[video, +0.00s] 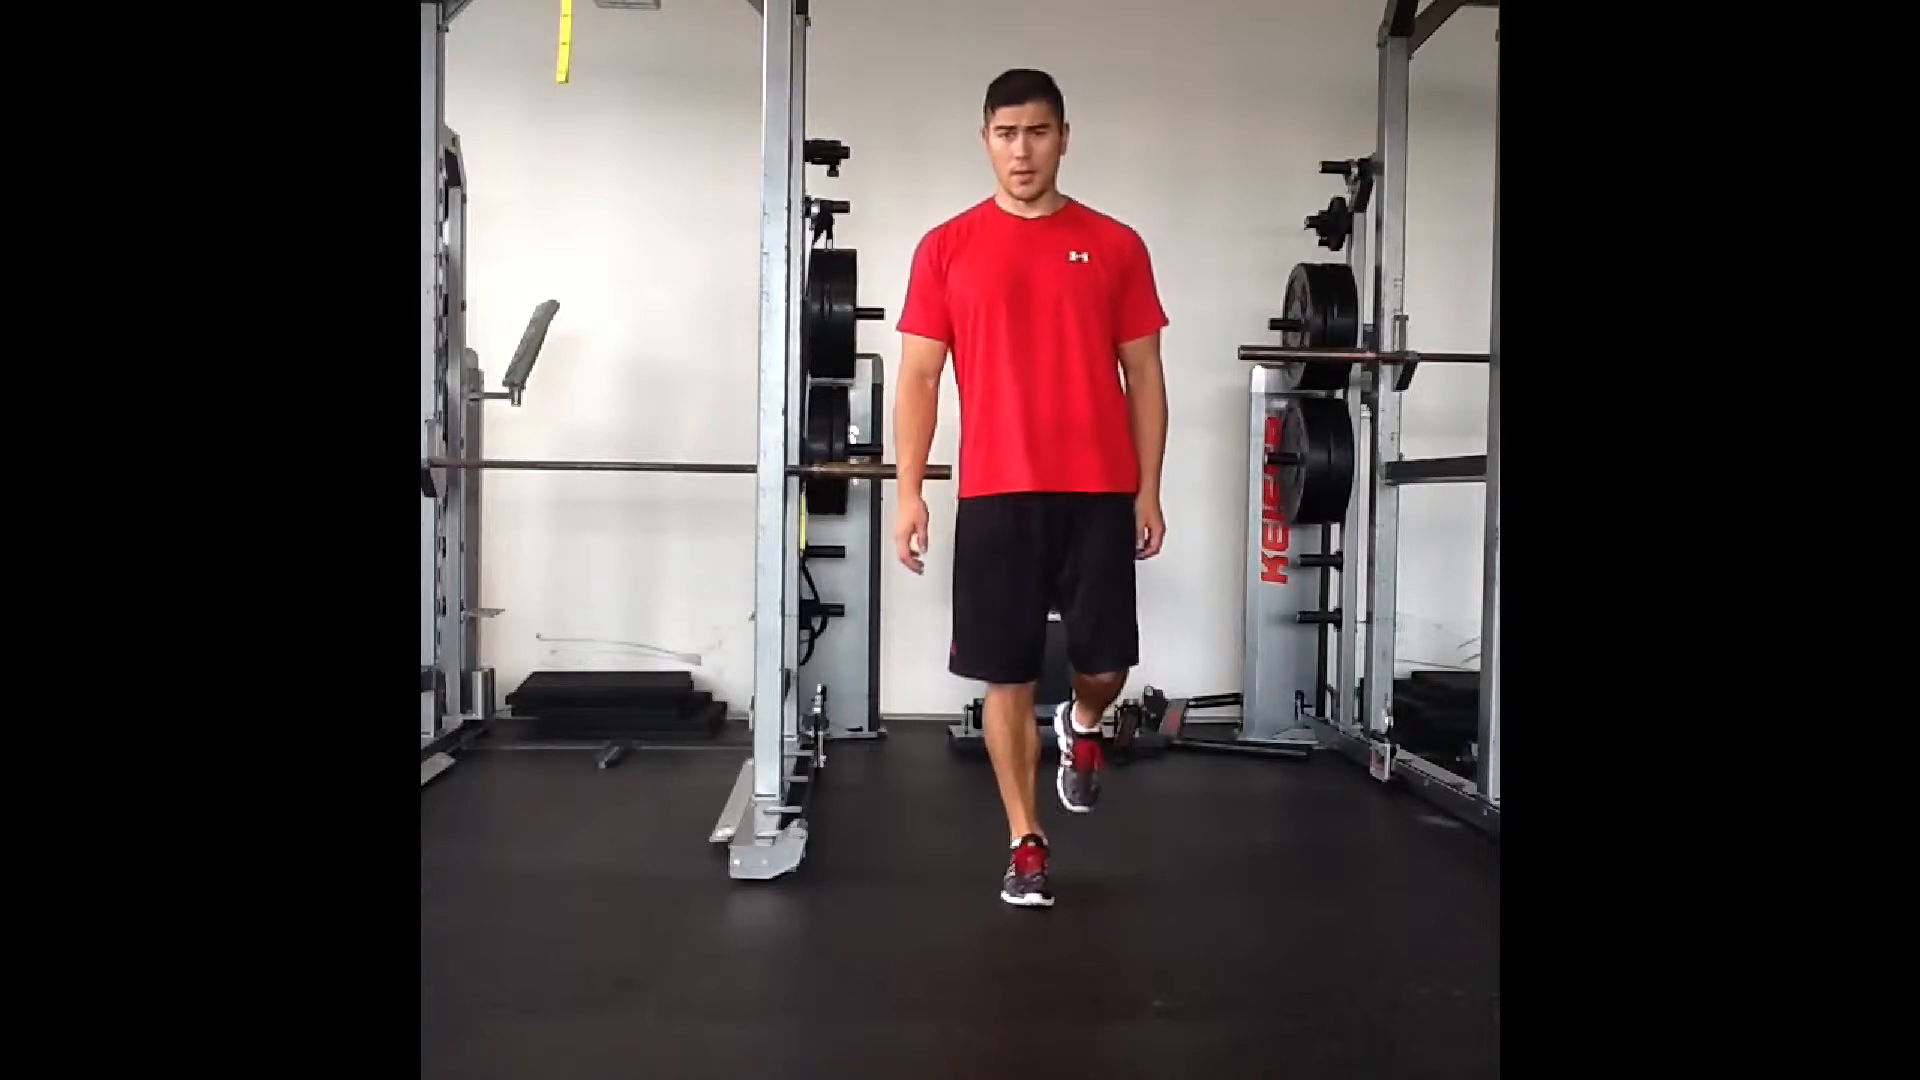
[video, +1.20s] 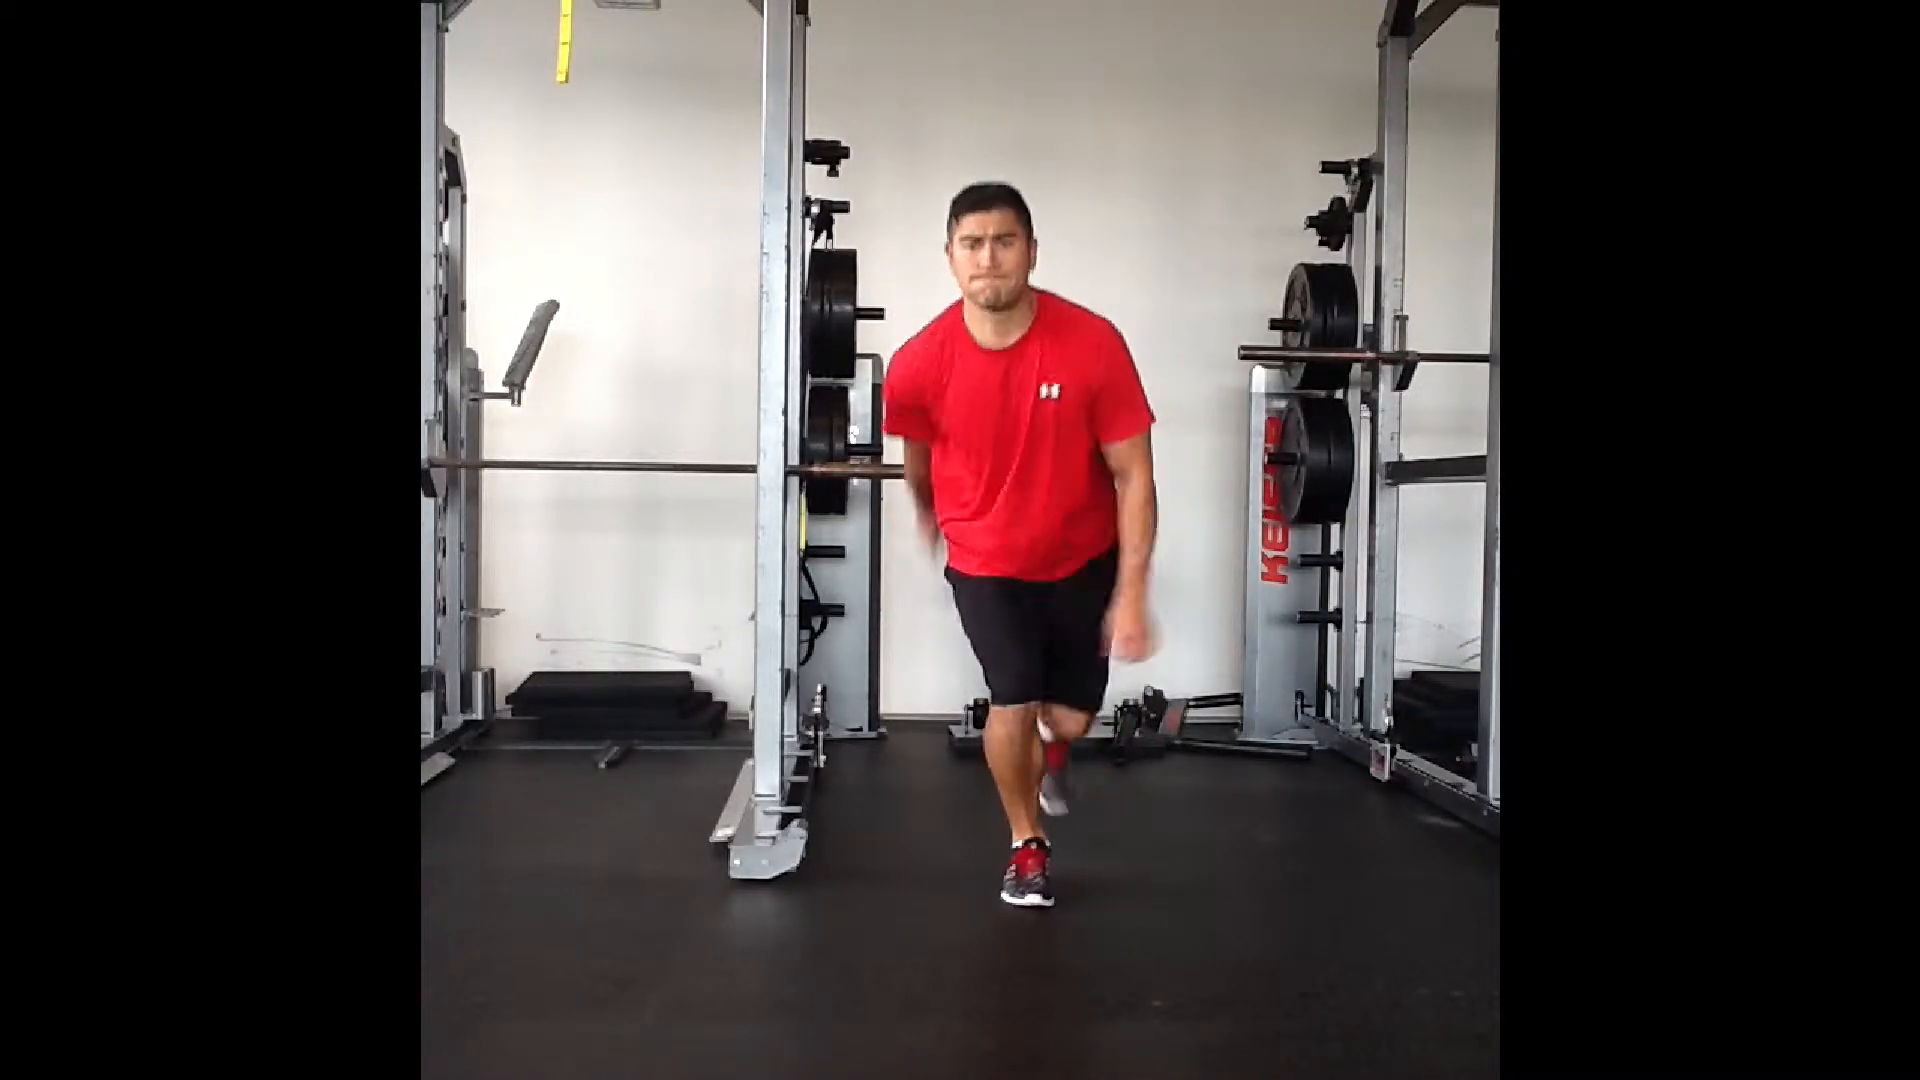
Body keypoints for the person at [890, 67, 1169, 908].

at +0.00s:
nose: (1023, 147)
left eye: (1038, 131)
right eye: (1007, 132)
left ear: (1062, 139)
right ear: (986, 142)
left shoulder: (1115, 246)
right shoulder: (946, 249)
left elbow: (1144, 372)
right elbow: (918, 374)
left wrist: (1148, 487)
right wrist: (911, 492)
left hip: (1099, 490)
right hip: (997, 492)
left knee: (1106, 664)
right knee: (1008, 673)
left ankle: (1081, 732)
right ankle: (1024, 841)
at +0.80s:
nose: (1010, 207)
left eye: (1027, 191)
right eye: (995, 191)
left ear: (1053, 202)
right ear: (975, 202)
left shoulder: (1101, 305)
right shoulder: (932, 296)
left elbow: (1133, 431)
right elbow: (916, 379)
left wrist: (1067, 416)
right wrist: (922, 454)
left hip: (1083, 532)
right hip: (984, 534)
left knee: (1088, 676)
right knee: (1007, 681)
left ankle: (1054, 683)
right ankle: (1023, 840)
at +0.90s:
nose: (1009, 249)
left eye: (1025, 234)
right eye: (993, 234)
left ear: (1051, 246)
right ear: (972, 246)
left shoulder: (1092, 330)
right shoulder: (935, 322)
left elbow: (1123, 430)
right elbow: (916, 375)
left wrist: (1044, 356)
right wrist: (925, 395)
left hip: (1083, 544)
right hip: (985, 545)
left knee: (1067, 682)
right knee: (1009, 681)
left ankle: (996, 702)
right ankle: (1024, 843)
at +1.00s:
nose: (1003, 286)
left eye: (1020, 270)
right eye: (987, 271)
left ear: (1047, 280)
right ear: (966, 282)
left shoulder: (1082, 350)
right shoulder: (934, 347)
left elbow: (1111, 430)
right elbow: (918, 334)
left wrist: (1029, 355)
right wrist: (925, 323)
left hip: (1083, 564)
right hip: (988, 561)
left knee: (1052, 683)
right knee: (1009, 691)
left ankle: (1006, 714)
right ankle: (1024, 844)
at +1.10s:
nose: (991, 292)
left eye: (1009, 275)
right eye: (976, 275)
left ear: (1036, 284)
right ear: (954, 284)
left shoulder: (1084, 360)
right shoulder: (920, 363)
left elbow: (1129, 475)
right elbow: (958, 426)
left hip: (1084, 568)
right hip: (988, 566)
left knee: (1057, 700)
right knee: (1013, 701)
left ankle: (1001, 717)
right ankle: (1026, 844)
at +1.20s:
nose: (987, 258)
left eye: (1003, 242)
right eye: (971, 244)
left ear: (1031, 252)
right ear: (950, 259)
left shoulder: (1092, 345)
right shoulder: (919, 363)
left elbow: (1133, 473)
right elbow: (917, 459)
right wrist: (928, 516)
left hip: (1082, 560)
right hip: (983, 564)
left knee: (1074, 718)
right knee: (1014, 699)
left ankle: (1044, 741)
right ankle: (1026, 843)